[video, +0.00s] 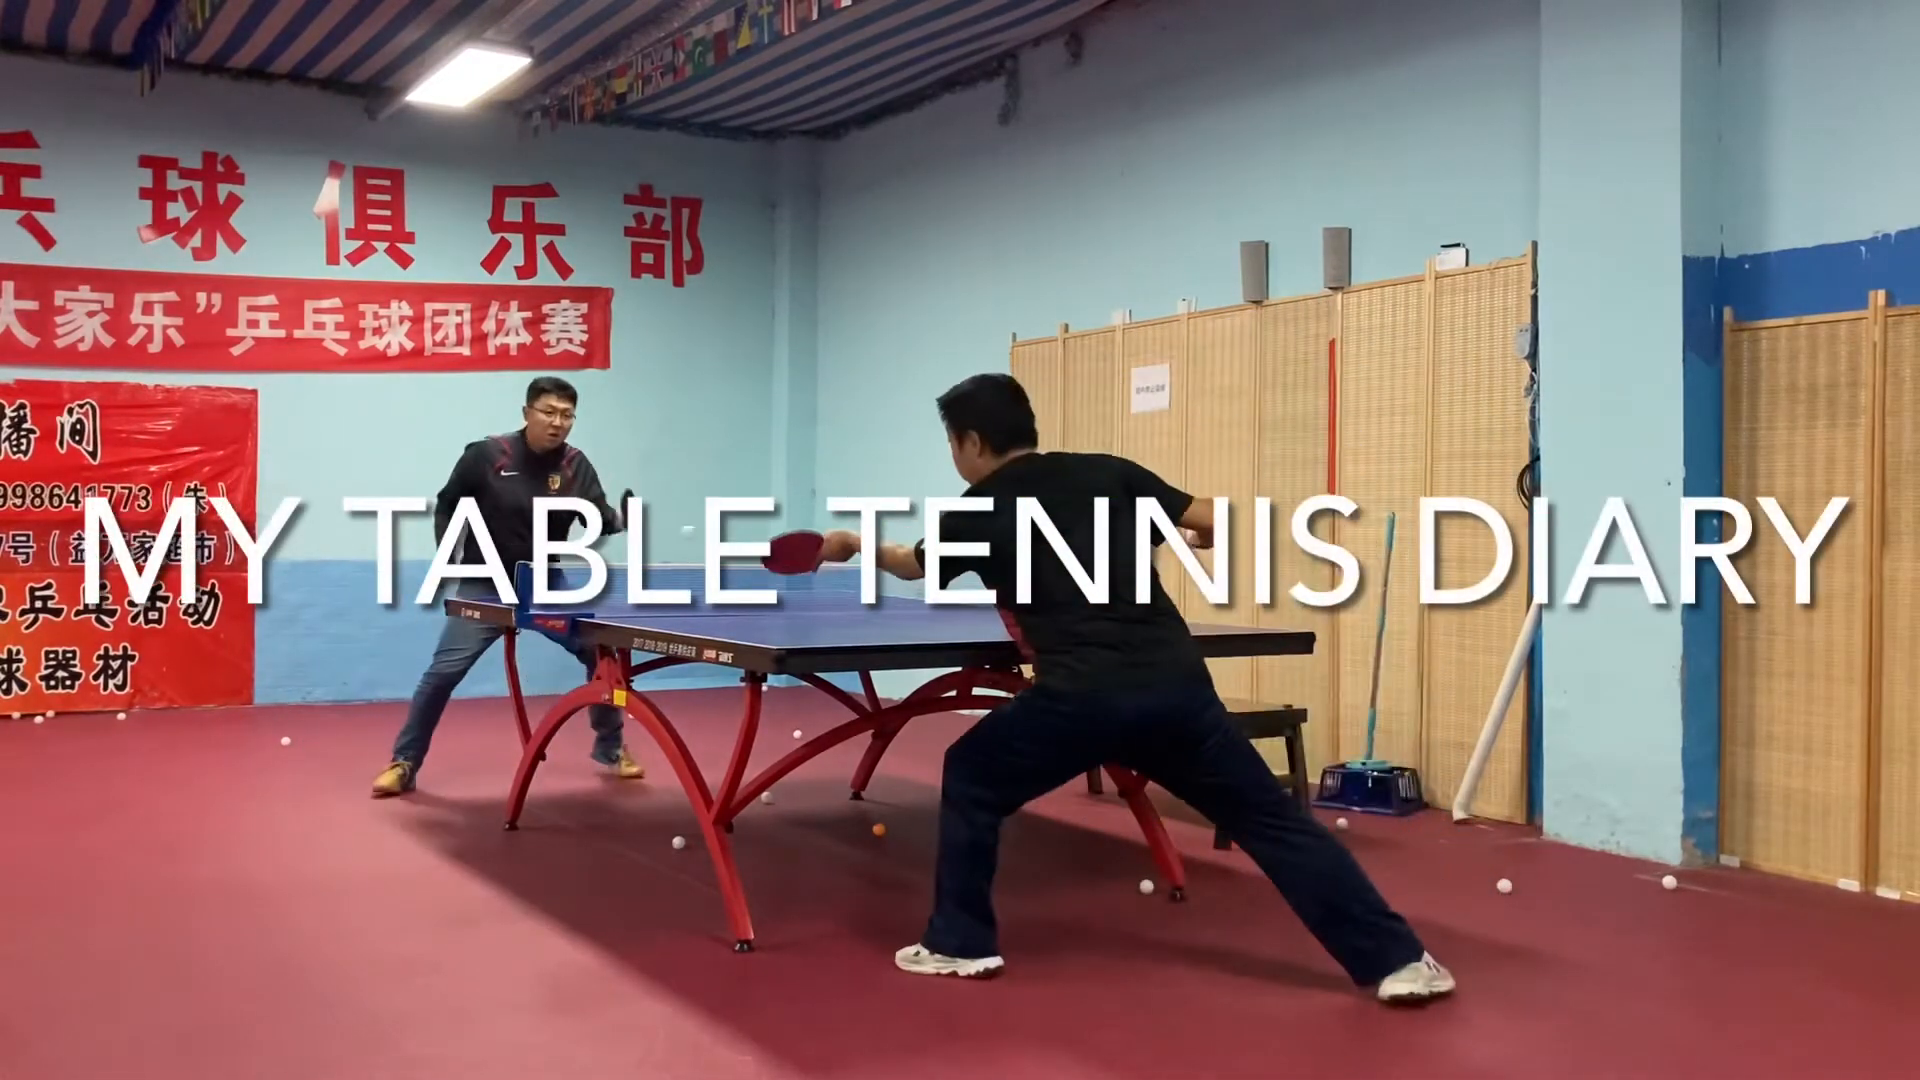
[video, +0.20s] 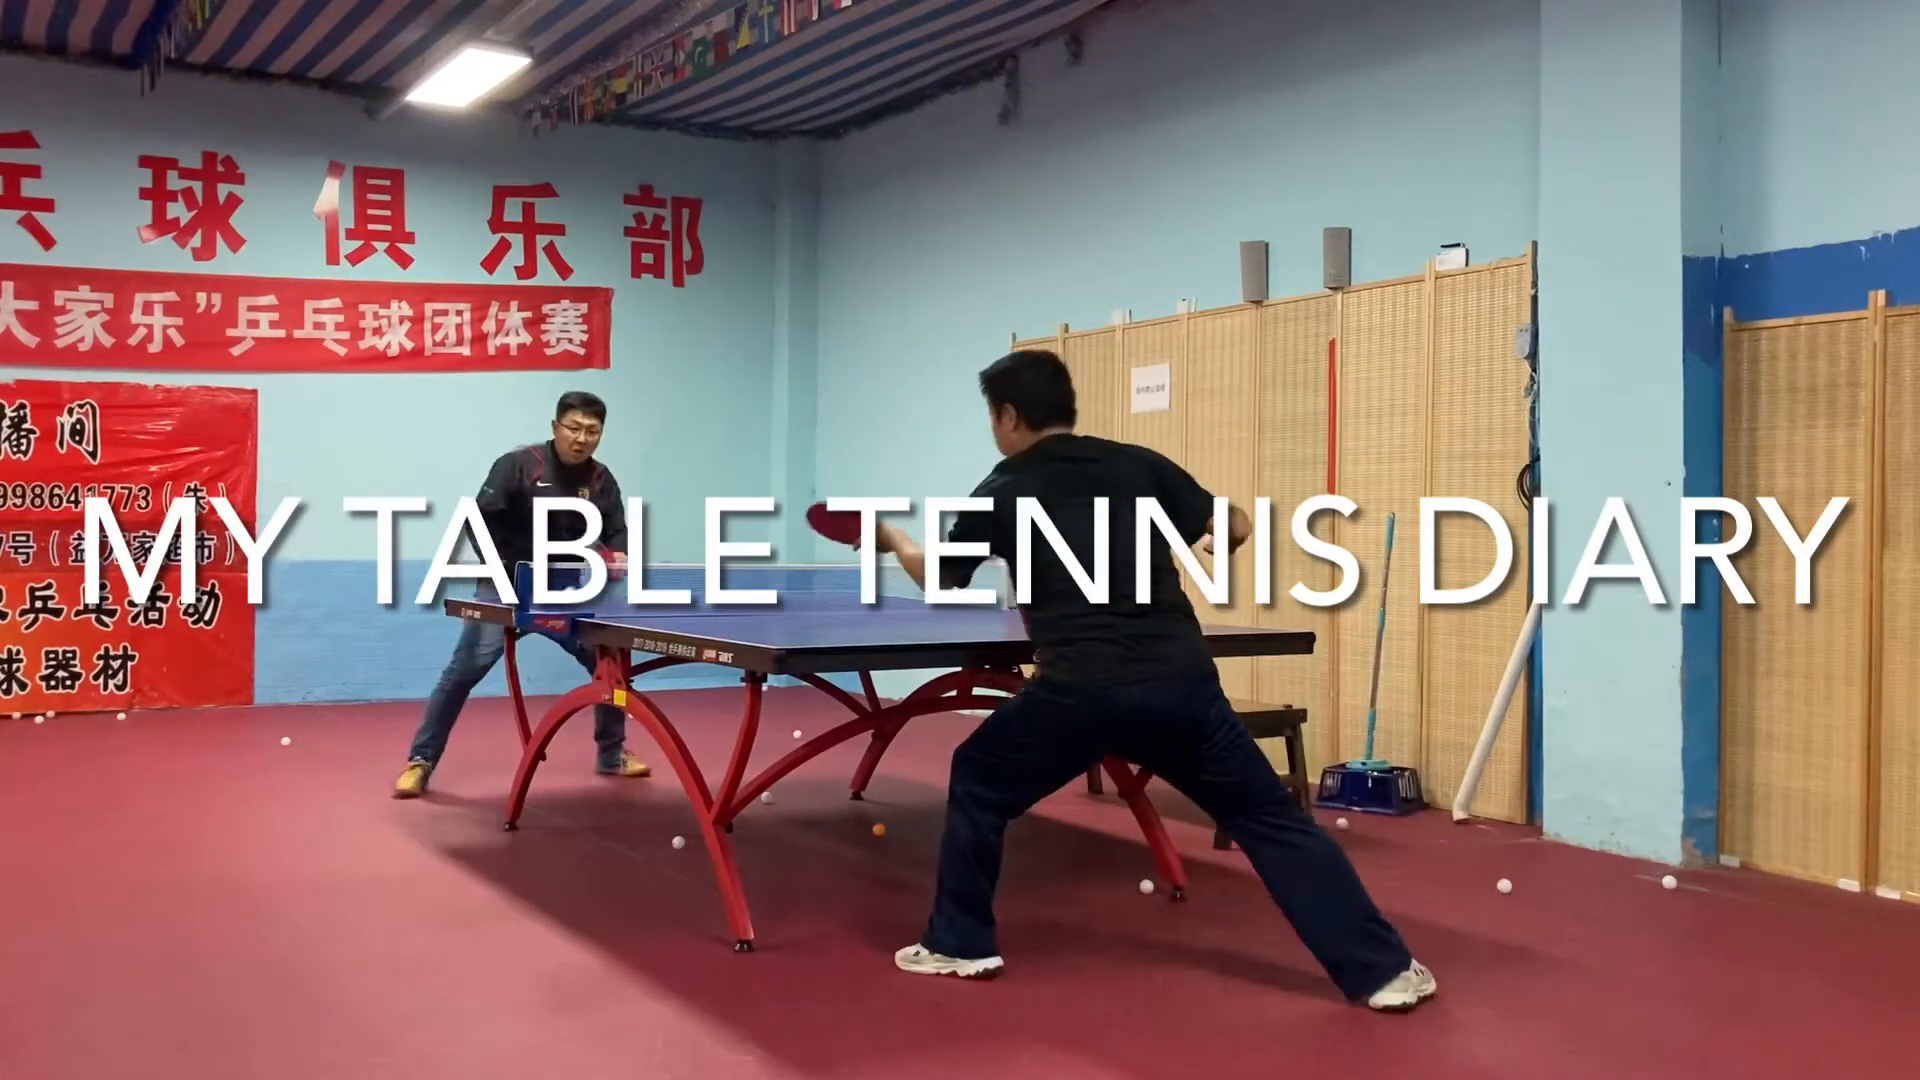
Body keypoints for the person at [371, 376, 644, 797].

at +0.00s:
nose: (558, 422)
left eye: (566, 415)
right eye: (548, 413)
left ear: (573, 419)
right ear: (527, 413)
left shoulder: (576, 465)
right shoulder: (485, 456)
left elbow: (598, 521)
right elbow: (446, 510)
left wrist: (620, 518)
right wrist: (460, 568)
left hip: (547, 587)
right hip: (484, 587)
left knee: (604, 650)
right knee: (443, 672)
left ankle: (610, 750)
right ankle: (404, 764)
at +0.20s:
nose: (580, 438)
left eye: (590, 431)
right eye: (572, 428)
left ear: (600, 435)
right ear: (555, 426)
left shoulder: (603, 483)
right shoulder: (517, 467)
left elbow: (618, 541)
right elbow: (477, 527)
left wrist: (615, 557)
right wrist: (500, 577)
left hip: (569, 596)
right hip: (507, 591)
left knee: (611, 660)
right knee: (467, 665)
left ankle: (613, 755)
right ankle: (420, 762)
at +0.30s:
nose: (565, 442)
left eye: (576, 434)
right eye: (558, 432)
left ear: (589, 437)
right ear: (543, 430)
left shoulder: (597, 479)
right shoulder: (509, 467)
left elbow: (608, 541)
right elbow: (473, 524)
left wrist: (562, 564)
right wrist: (501, 566)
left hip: (564, 598)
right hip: (504, 593)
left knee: (612, 659)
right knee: (462, 665)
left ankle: (612, 755)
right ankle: (414, 765)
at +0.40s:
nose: (538, 443)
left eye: (548, 435)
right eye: (530, 433)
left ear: (562, 436)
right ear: (516, 430)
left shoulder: (574, 474)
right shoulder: (488, 465)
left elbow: (573, 535)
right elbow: (457, 517)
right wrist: (466, 541)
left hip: (550, 595)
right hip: (491, 593)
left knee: (602, 666)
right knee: (451, 670)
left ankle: (611, 755)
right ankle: (413, 766)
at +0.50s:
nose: (504, 448)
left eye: (514, 439)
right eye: (495, 437)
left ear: (528, 438)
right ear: (481, 434)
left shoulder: (543, 473)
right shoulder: (459, 467)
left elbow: (529, 536)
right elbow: (436, 529)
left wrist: (472, 557)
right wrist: (419, 572)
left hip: (533, 590)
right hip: (474, 592)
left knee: (582, 665)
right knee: (441, 668)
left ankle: (610, 753)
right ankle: (412, 766)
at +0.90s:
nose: (465, 429)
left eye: (474, 420)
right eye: (455, 421)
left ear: (485, 422)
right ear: (438, 424)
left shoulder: (508, 461)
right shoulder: (419, 466)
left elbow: (528, 527)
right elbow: (396, 531)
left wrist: (497, 577)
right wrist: (383, 589)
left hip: (513, 582)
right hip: (455, 586)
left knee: (559, 660)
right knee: (430, 667)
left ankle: (579, 741)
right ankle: (408, 767)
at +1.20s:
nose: (520, 420)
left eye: (529, 412)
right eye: (511, 411)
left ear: (539, 417)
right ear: (494, 415)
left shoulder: (551, 463)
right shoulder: (462, 459)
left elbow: (568, 521)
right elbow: (434, 520)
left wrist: (553, 570)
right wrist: (432, 568)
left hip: (530, 580)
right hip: (470, 578)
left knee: (561, 657)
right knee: (439, 660)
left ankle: (575, 747)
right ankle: (406, 757)